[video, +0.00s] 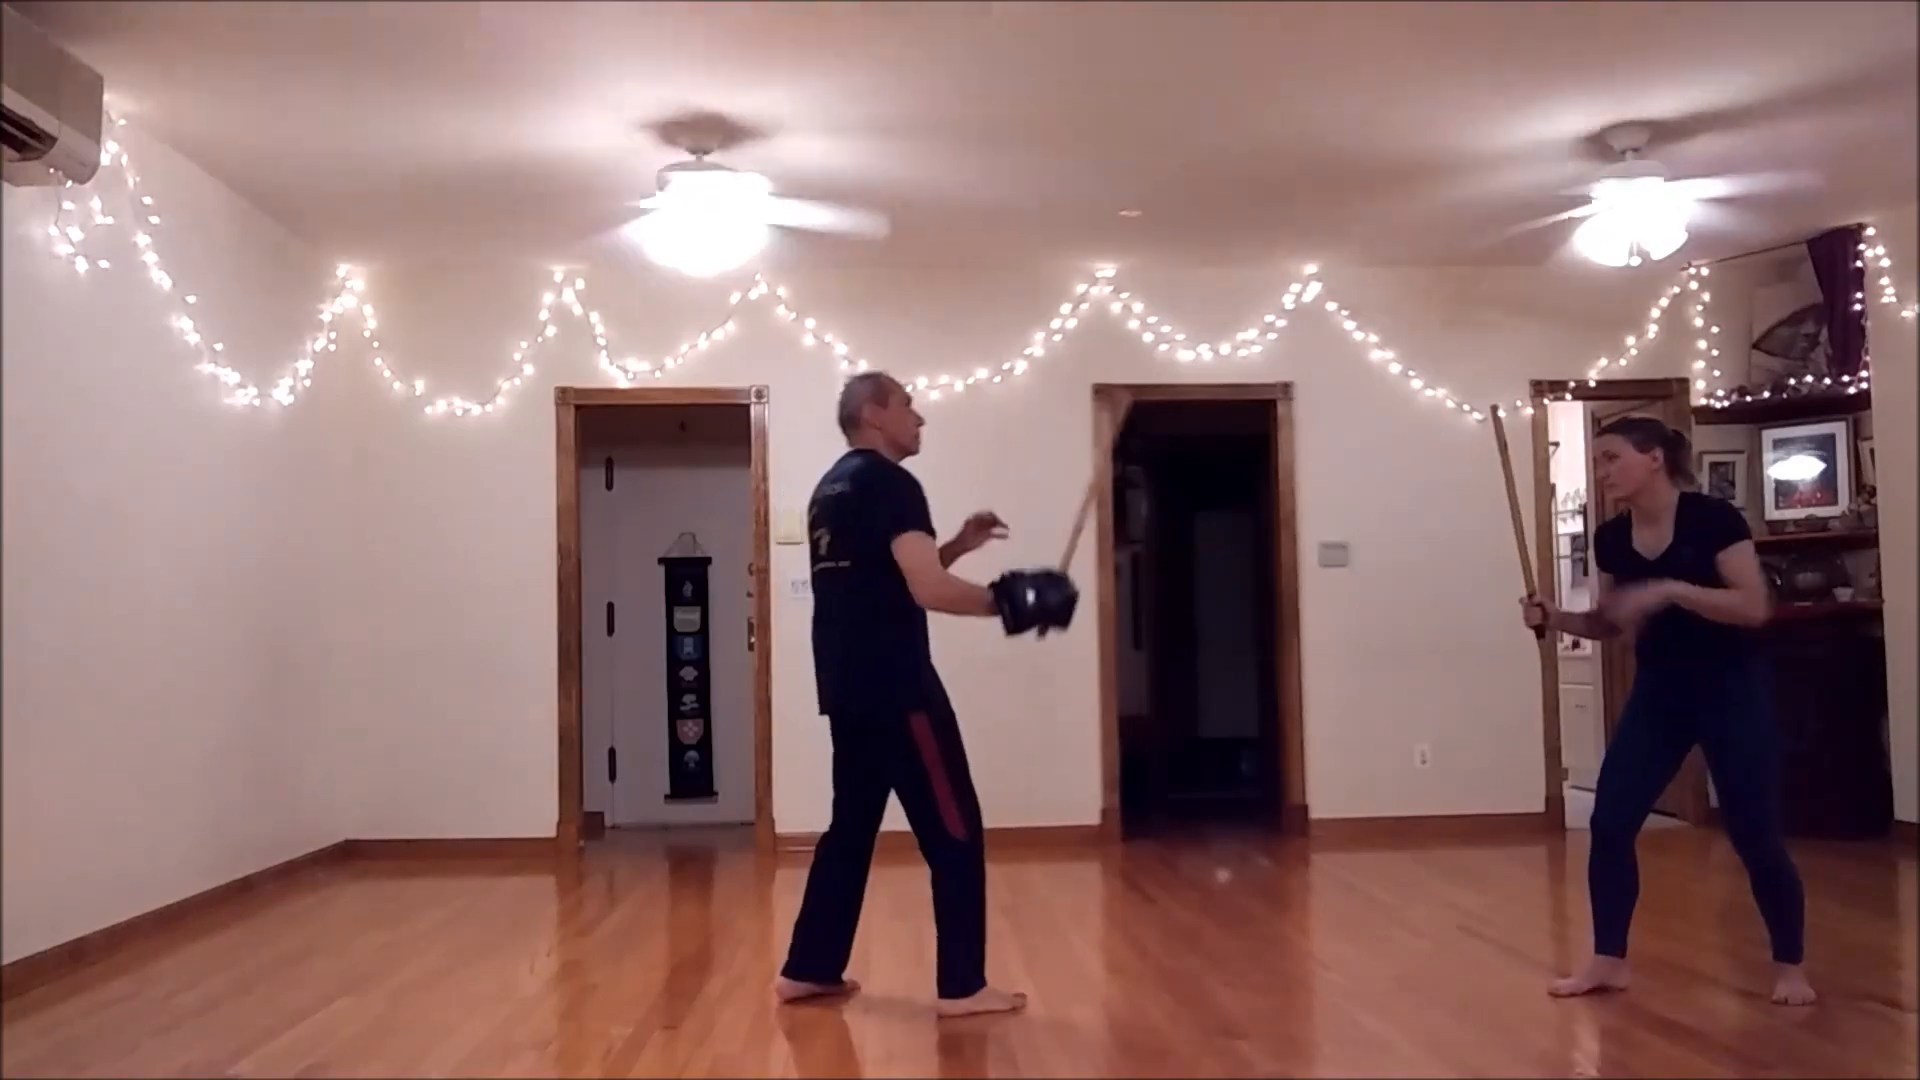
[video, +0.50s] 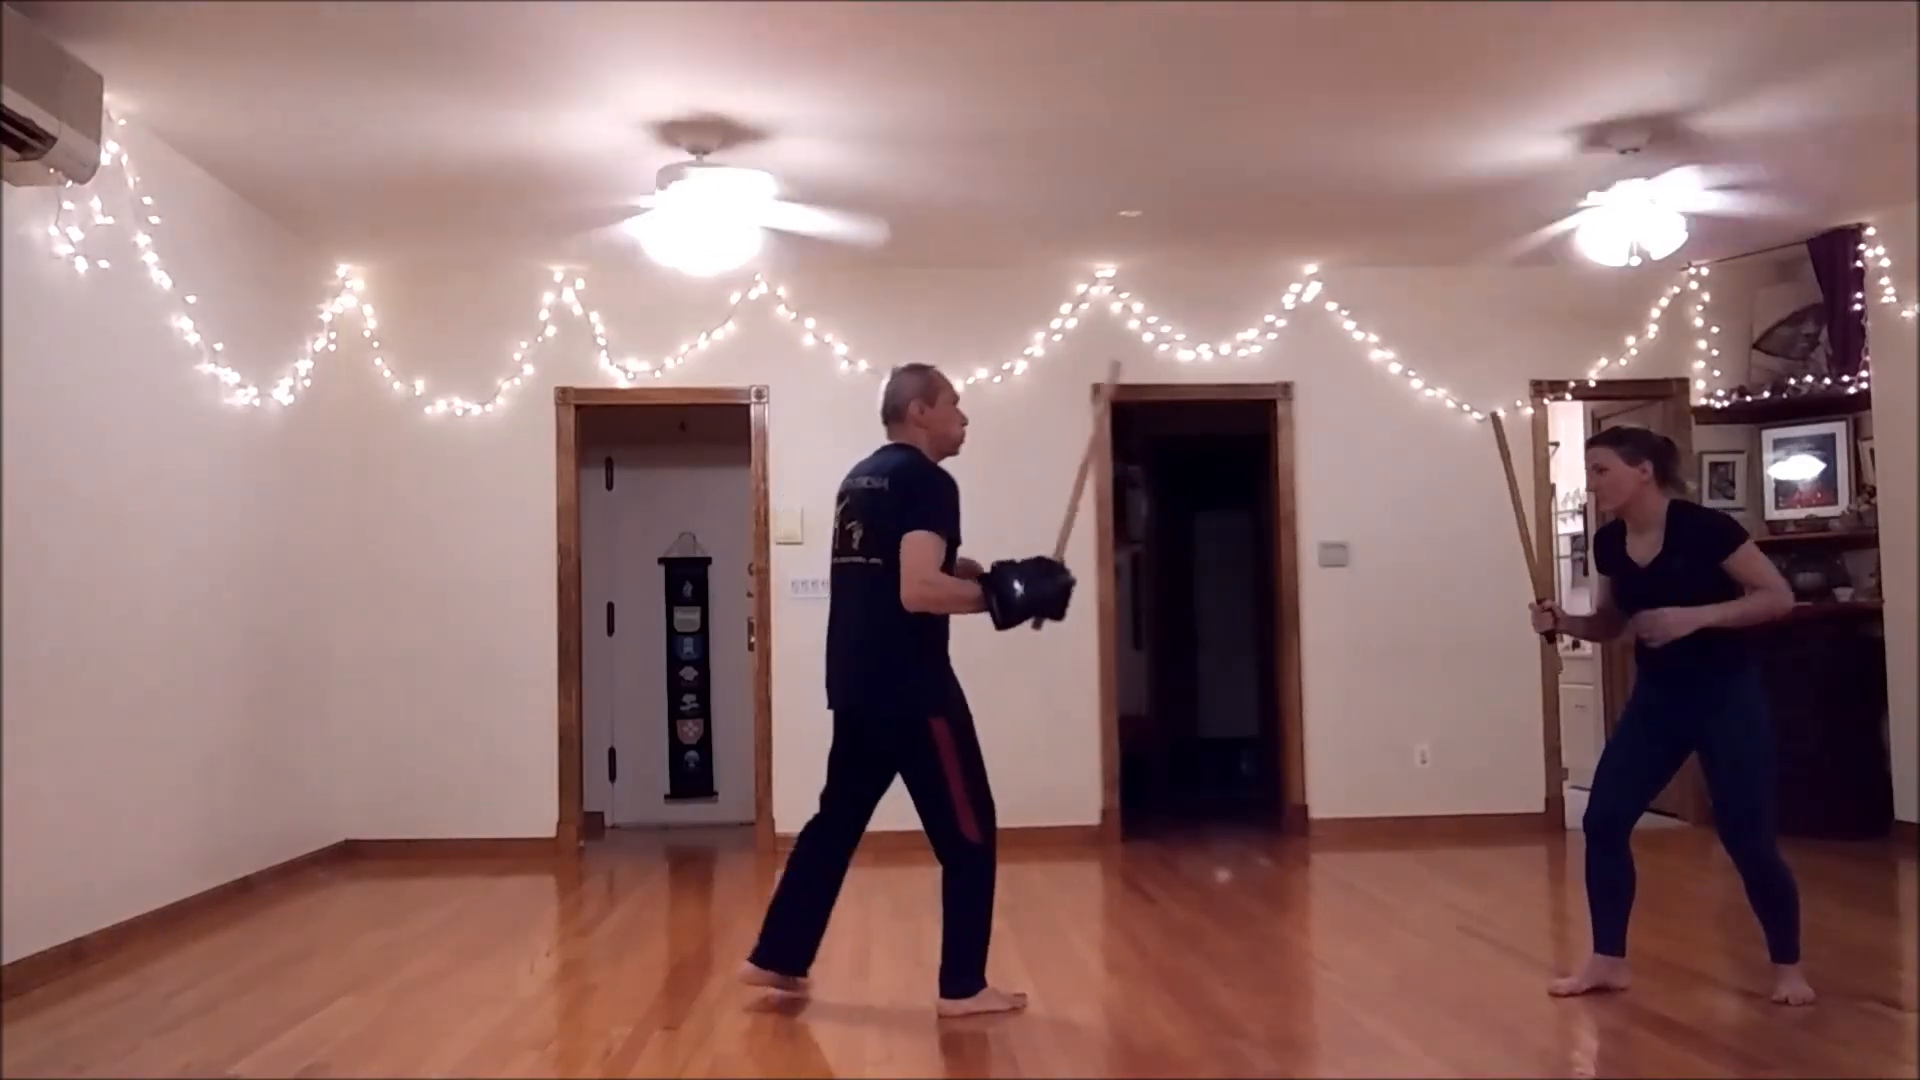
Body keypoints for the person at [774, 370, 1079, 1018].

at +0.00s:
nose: (920, 417)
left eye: (914, 405)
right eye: (907, 405)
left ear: (863, 417)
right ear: (873, 414)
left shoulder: (833, 485)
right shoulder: (887, 481)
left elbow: (888, 584)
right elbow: (930, 589)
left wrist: (959, 544)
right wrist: (1006, 597)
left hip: (849, 690)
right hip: (901, 688)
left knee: (850, 829)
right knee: (957, 833)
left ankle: (808, 971)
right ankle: (962, 987)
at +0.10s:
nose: (939, 415)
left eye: (932, 402)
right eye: (927, 403)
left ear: (885, 415)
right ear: (896, 412)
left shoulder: (844, 484)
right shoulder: (906, 481)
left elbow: (884, 591)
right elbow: (925, 596)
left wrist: (960, 564)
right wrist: (1001, 617)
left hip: (855, 691)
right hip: (910, 689)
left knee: (853, 826)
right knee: (962, 834)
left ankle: (808, 971)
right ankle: (963, 987)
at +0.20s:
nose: (957, 413)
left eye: (952, 401)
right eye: (946, 401)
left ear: (900, 414)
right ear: (914, 411)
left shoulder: (858, 478)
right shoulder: (925, 481)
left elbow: (874, 589)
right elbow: (917, 592)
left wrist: (953, 587)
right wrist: (988, 617)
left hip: (857, 689)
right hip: (916, 690)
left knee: (850, 825)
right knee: (964, 833)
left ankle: (810, 971)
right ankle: (963, 987)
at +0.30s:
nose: (971, 416)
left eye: (966, 404)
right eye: (961, 404)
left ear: (911, 414)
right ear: (927, 412)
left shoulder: (867, 475)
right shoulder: (935, 481)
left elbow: (894, 579)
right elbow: (914, 586)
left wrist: (984, 596)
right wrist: (994, 611)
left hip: (859, 688)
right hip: (918, 689)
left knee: (846, 826)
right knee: (965, 834)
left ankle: (809, 971)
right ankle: (963, 987)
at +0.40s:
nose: (972, 416)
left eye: (967, 404)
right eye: (961, 404)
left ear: (911, 413)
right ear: (927, 411)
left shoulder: (868, 475)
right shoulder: (935, 480)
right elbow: (917, 584)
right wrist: (996, 601)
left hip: (861, 687)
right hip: (919, 688)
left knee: (845, 822)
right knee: (967, 834)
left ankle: (799, 967)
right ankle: (963, 986)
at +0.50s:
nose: (963, 417)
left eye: (959, 404)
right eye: (954, 404)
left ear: (904, 414)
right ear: (919, 411)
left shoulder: (863, 476)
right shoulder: (926, 480)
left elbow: (902, 568)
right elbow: (920, 590)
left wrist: (981, 576)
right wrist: (1003, 594)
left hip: (860, 688)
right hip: (917, 690)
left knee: (836, 821)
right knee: (970, 835)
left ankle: (777, 959)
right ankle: (963, 987)